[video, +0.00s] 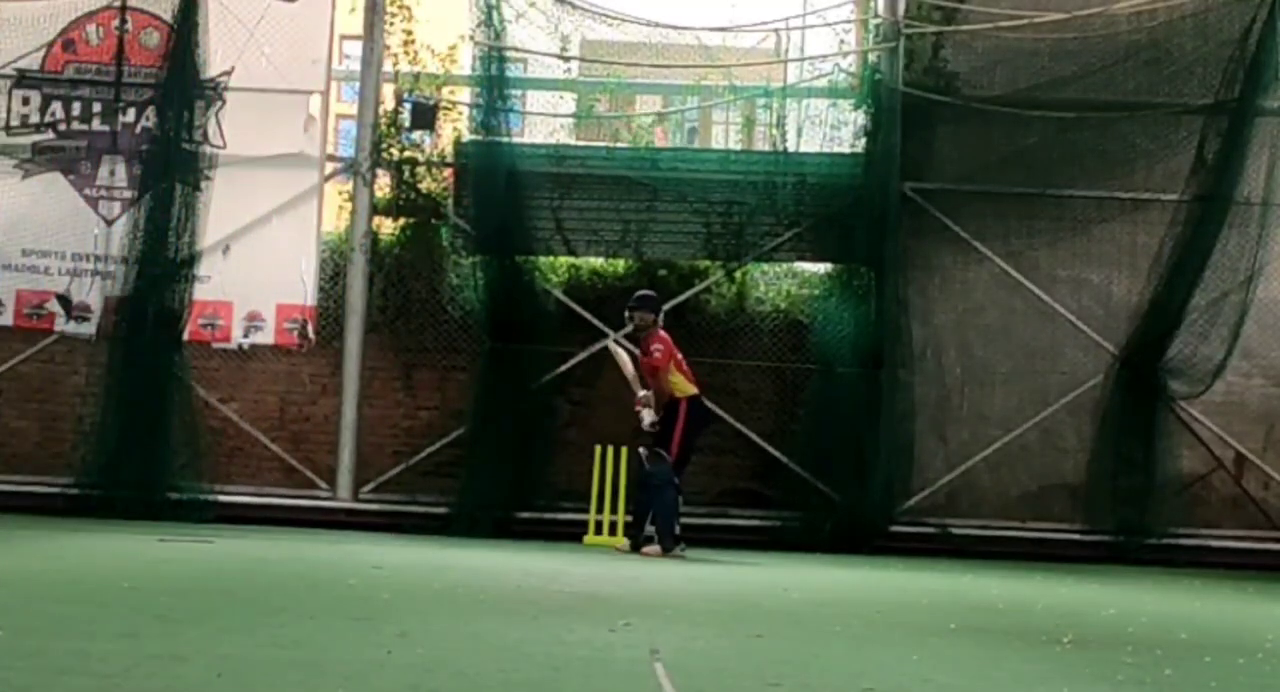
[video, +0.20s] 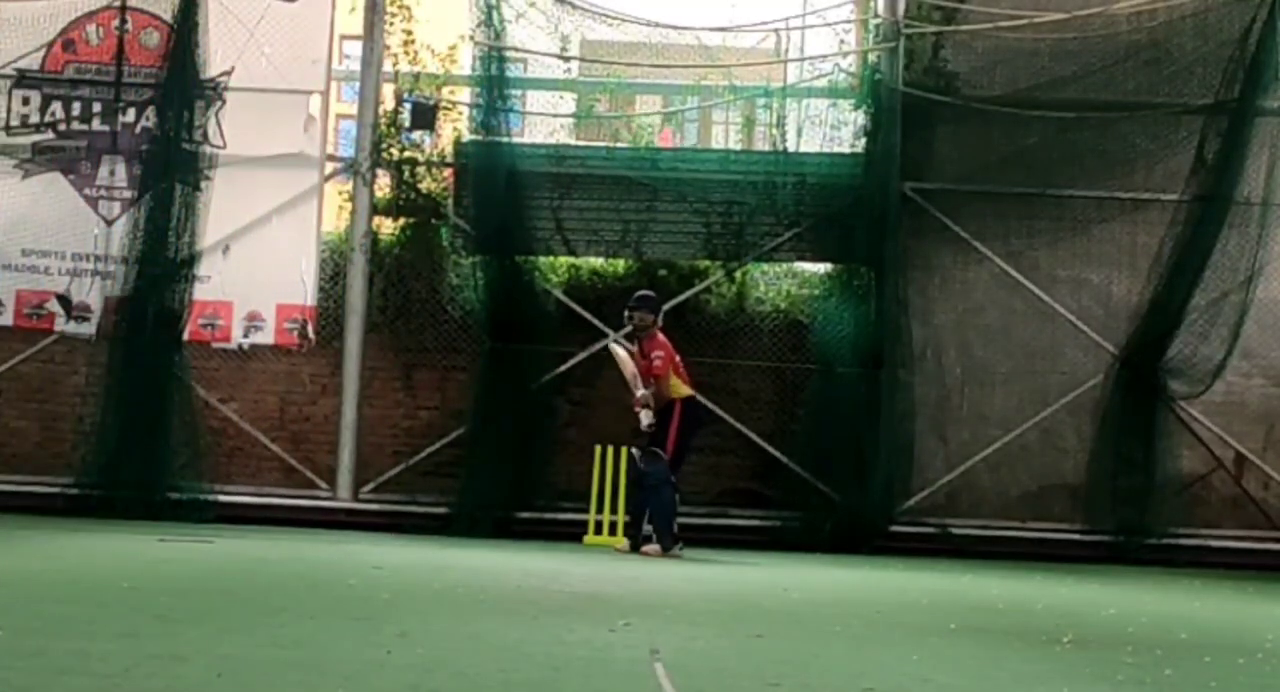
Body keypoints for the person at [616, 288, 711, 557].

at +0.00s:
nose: (637, 318)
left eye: (643, 313)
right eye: (634, 313)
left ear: (655, 316)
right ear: (630, 315)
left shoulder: (658, 340)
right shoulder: (645, 342)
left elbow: (661, 378)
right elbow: (645, 379)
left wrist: (655, 410)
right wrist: (644, 406)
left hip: (686, 401)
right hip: (670, 402)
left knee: (668, 468)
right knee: (654, 464)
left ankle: (668, 539)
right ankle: (638, 534)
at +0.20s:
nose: (639, 319)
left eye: (645, 314)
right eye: (634, 313)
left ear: (656, 318)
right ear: (628, 316)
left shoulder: (657, 344)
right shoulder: (639, 345)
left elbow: (662, 385)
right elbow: (638, 377)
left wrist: (647, 396)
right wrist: (643, 406)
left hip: (682, 402)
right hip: (663, 402)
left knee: (663, 468)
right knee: (647, 464)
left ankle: (666, 538)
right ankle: (635, 535)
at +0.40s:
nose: (639, 321)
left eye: (645, 316)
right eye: (634, 315)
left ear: (655, 320)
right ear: (628, 318)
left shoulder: (656, 346)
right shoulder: (640, 347)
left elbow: (664, 390)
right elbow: (640, 379)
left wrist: (647, 397)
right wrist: (643, 405)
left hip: (683, 402)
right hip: (664, 403)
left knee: (662, 468)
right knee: (648, 465)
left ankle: (665, 538)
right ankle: (640, 534)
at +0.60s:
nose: (638, 320)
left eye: (644, 316)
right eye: (634, 315)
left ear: (654, 319)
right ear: (628, 318)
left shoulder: (657, 347)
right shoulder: (638, 347)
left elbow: (662, 391)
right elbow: (640, 381)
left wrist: (645, 397)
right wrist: (642, 403)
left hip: (682, 403)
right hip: (662, 403)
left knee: (663, 468)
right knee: (649, 464)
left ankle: (665, 538)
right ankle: (640, 534)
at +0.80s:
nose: (635, 321)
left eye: (642, 316)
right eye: (631, 315)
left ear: (652, 320)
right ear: (625, 318)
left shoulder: (655, 349)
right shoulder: (634, 347)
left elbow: (661, 392)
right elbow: (636, 381)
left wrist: (644, 396)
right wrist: (638, 407)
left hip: (680, 403)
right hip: (659, 404)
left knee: (661, 469)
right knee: (645, 465)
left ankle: (666, 538)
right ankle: (638, 535)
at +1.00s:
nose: (630, 323)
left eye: (637, 319)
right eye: (626, 318)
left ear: (647, 322)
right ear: (621, 320)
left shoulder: (651, 351)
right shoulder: (631, 348)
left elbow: (658, 395)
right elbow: (632, 383)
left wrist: (641, 399)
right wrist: (634, 410)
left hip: (677, 405)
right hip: (656, 406)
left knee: (654, 470)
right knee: (638, 467)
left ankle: (666, 539)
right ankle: (638, 536)